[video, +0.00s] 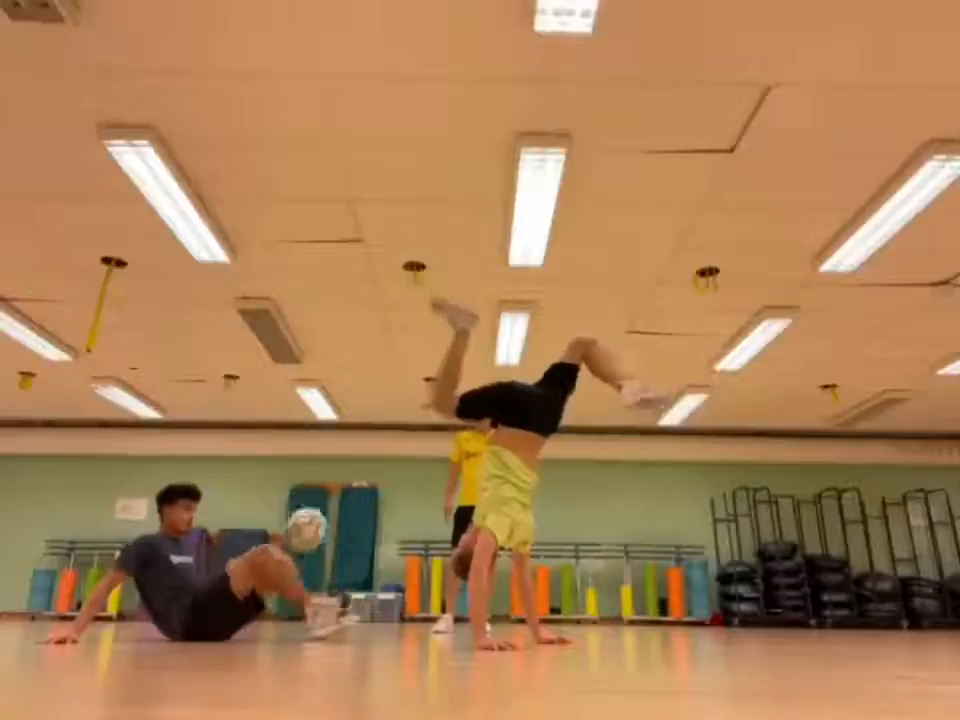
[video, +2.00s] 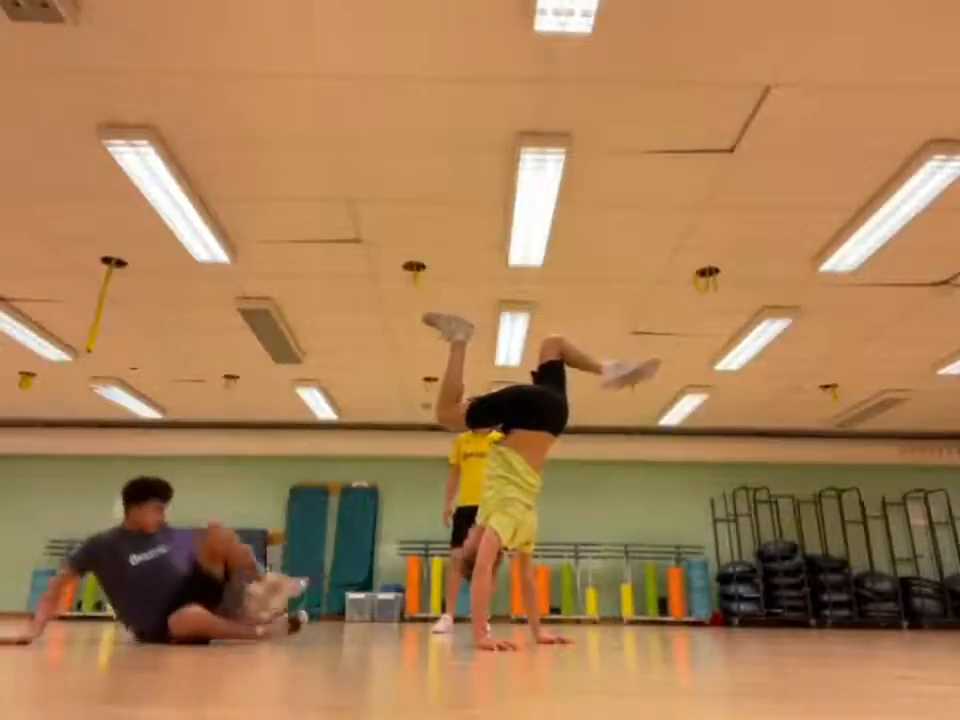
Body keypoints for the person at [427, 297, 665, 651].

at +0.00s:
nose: (478, 558)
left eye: (470, 557)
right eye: (474, 557)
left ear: (468, 549)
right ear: (469, 544)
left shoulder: (519, 533)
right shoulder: (490, 528)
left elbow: (524, 585)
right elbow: (480, 577)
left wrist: (537, 633)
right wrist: (481, 637)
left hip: (543, 416)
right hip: (516, 407)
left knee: (582, 345)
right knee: (444, 405)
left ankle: (629, 388)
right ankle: (462, 332)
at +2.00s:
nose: (480, 558)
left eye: (466, 554)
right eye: (473, 557)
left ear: (467, 545)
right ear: (472, 543)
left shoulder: (523, 536)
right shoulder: (493, 527)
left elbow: (528, 583)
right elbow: (481, 575)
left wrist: (537, 631)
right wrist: (481, 635)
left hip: (552, 413)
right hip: (530, 410)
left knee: (552, 345)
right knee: (449, 414)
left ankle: (607, 370)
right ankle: (458, 341)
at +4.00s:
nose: (481, 557)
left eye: (473, 556)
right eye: (477, 556)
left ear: (472, 549)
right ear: (473, 543)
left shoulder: (526, 538)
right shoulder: (497, 528)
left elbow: (528, 585)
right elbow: (483, 577)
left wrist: (537, 632)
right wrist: (482, 636)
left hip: (557, 412)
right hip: (536, 412)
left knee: (549, 345)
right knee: (457, 407)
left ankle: (620, 317)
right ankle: (450, 334)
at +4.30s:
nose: (463, 539)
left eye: (458, 542)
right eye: (463, 546)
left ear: (467, 549)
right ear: (473, 554)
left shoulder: (519, 539)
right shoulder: (491, 532)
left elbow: (529, 586)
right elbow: (482, 578)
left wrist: (537, 632)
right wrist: (481, 635)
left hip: (553, 415)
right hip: (531, 410)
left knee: (538, 350)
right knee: (469, 353)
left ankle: (599, 313)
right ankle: (457, 272)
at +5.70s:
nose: (476, 543)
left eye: (473, 548)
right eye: (476, 546)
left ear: (475, 547)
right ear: (481, 544)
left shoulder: (528, 540)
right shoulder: (504, 531)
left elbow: (529, 586)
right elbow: (484, 575)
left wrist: (538, 632)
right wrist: (481, 635)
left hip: (572, 416)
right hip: (554, 416)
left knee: (580, 347)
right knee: (471, 409)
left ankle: (658, 323)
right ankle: (472, 331)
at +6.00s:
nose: (482, 542)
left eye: (480, 545)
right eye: (481, 543)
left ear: (482, 550)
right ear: (484, 544)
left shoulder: (530, 541)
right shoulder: (509, 534)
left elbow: (530, 588)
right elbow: (482, 576)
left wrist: (536, 632)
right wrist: (480, 635)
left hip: (598, 436)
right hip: (582, 432)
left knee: (634, 367)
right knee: (515, 382)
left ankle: (714, 359)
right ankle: (527, 301)